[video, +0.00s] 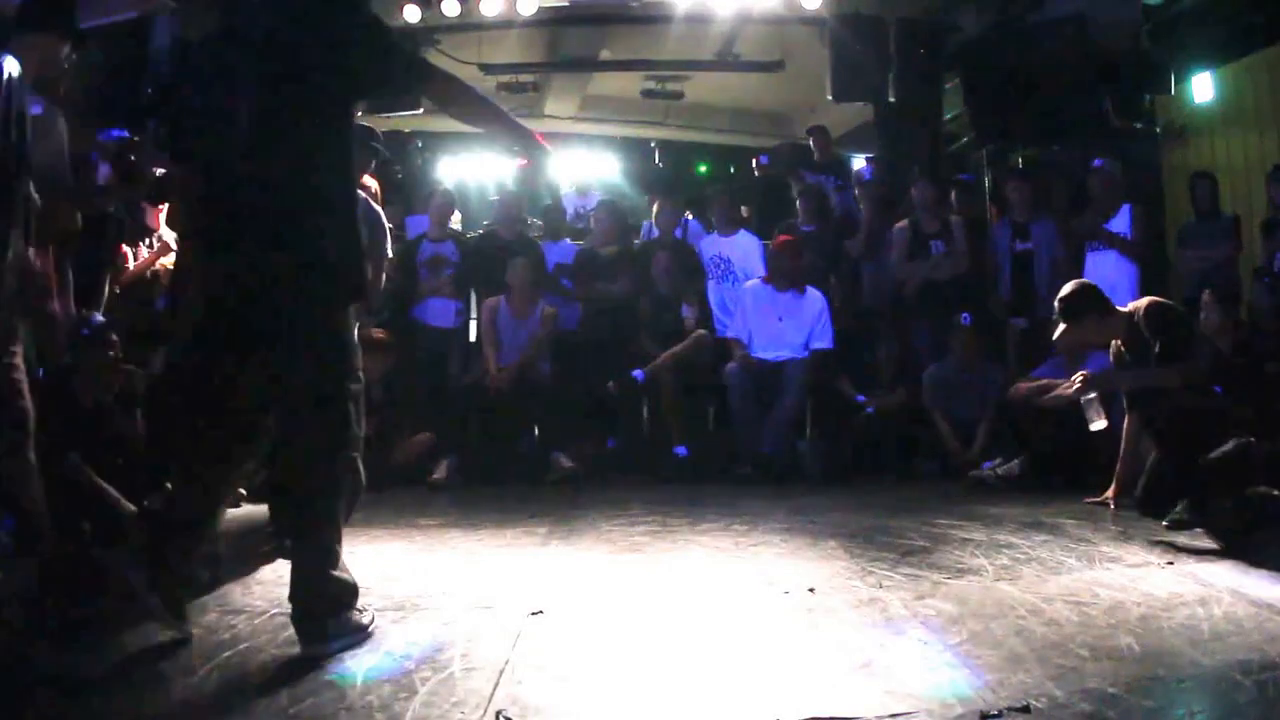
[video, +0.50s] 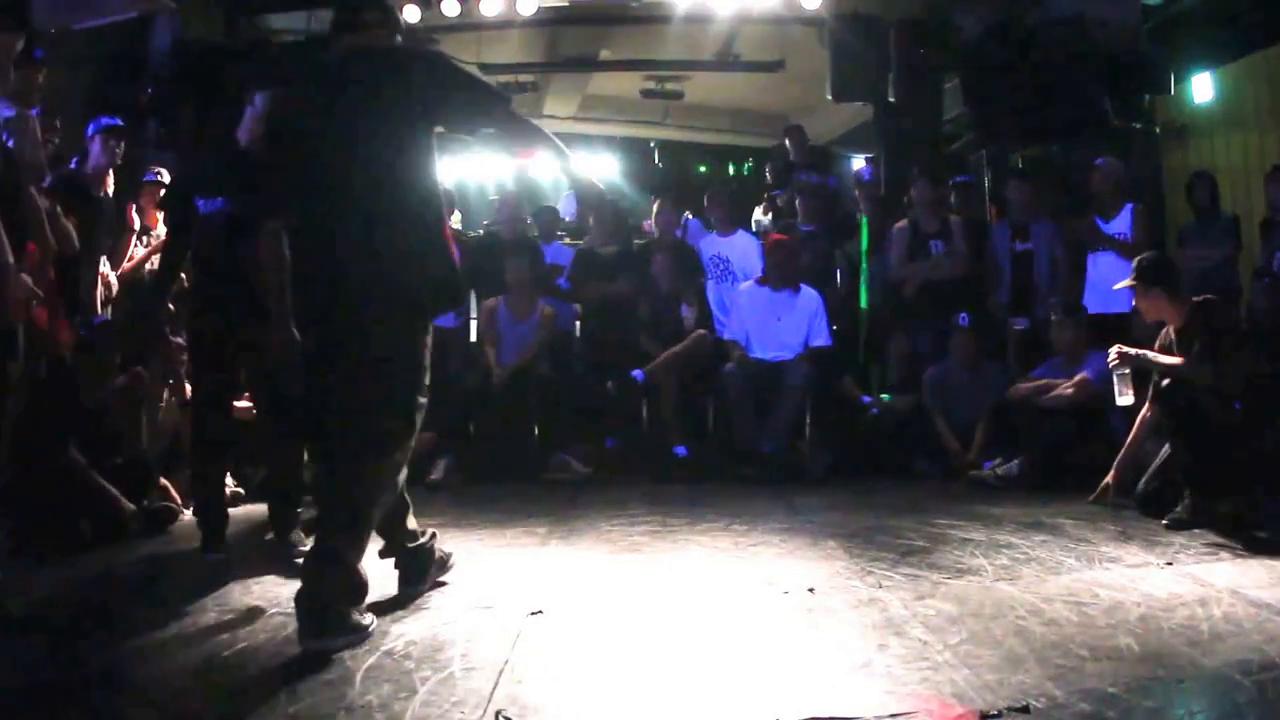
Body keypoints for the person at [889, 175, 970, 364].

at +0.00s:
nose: (922, 198)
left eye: (926, 192)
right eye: (918, 193)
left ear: (936, 195)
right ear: (912, 196)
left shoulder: (954, 224)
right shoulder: (902, 229)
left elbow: (961, 263)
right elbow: (899, 270)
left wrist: (921, 276)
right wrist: (934, 264)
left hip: (950, 296)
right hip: (918, 298)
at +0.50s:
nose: (922, 195)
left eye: (927, 189)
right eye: (917, 189)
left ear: (937, 193)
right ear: (911, 194)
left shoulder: (954, 224)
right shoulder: (902, 230)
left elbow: (961, 264)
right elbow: (896, 271)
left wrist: (920, 277)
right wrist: (937, 264)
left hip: (950, 299)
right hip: (916, 302)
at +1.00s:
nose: (923, 202)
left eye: (926, 195)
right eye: (917, 196)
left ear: (934, 197)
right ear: (909, 201)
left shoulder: (954, 224)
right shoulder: (902, 230)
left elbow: (962, 263)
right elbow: (897, 267)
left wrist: (926, 273)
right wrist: (931, 266)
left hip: (953, 295)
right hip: (920, 298)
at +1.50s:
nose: (927, 198)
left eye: (930, 192)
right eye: (921, 193)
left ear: (937, 194)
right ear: (912, 198)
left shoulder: (955, 224)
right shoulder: (902, 229)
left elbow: (961, 263)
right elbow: (898, 269)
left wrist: (922, 274)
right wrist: (936, 265)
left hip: (953, 298)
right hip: (919, 302)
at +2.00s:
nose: (929, 201)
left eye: (932, 195)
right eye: (923, 195)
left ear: (939, 197)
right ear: (914, 198)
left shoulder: (955, 225)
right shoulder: (903, 229)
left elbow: (961, 264)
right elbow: (898, 267)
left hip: (950, 295)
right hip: (917, 298)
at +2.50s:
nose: (928, 196)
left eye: (932, 190)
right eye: (922, 190)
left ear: (939, 192)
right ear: (912, 195)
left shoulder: (955, 225)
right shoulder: (904, 229)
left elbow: (961, 264)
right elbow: (898, 268)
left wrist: (923, 273)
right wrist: (941, 265)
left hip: (952, 296)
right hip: (918, 299)